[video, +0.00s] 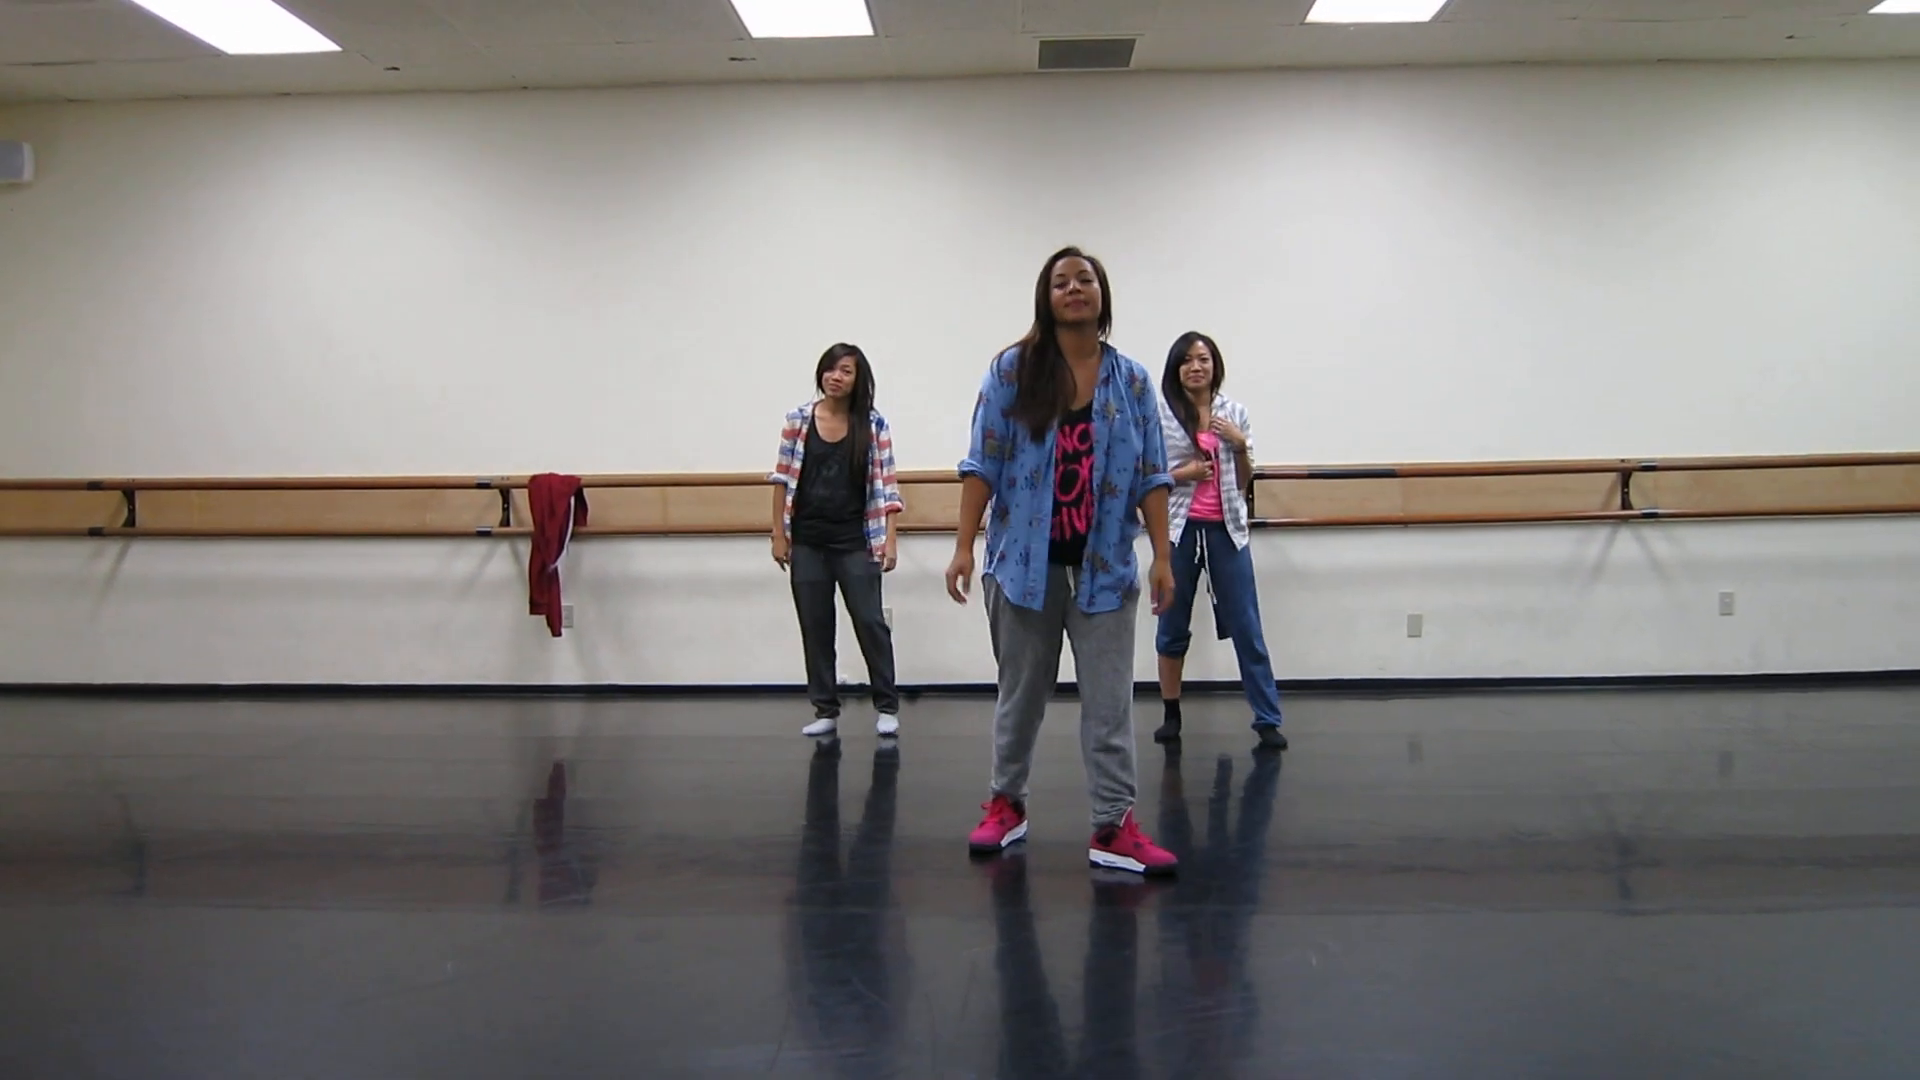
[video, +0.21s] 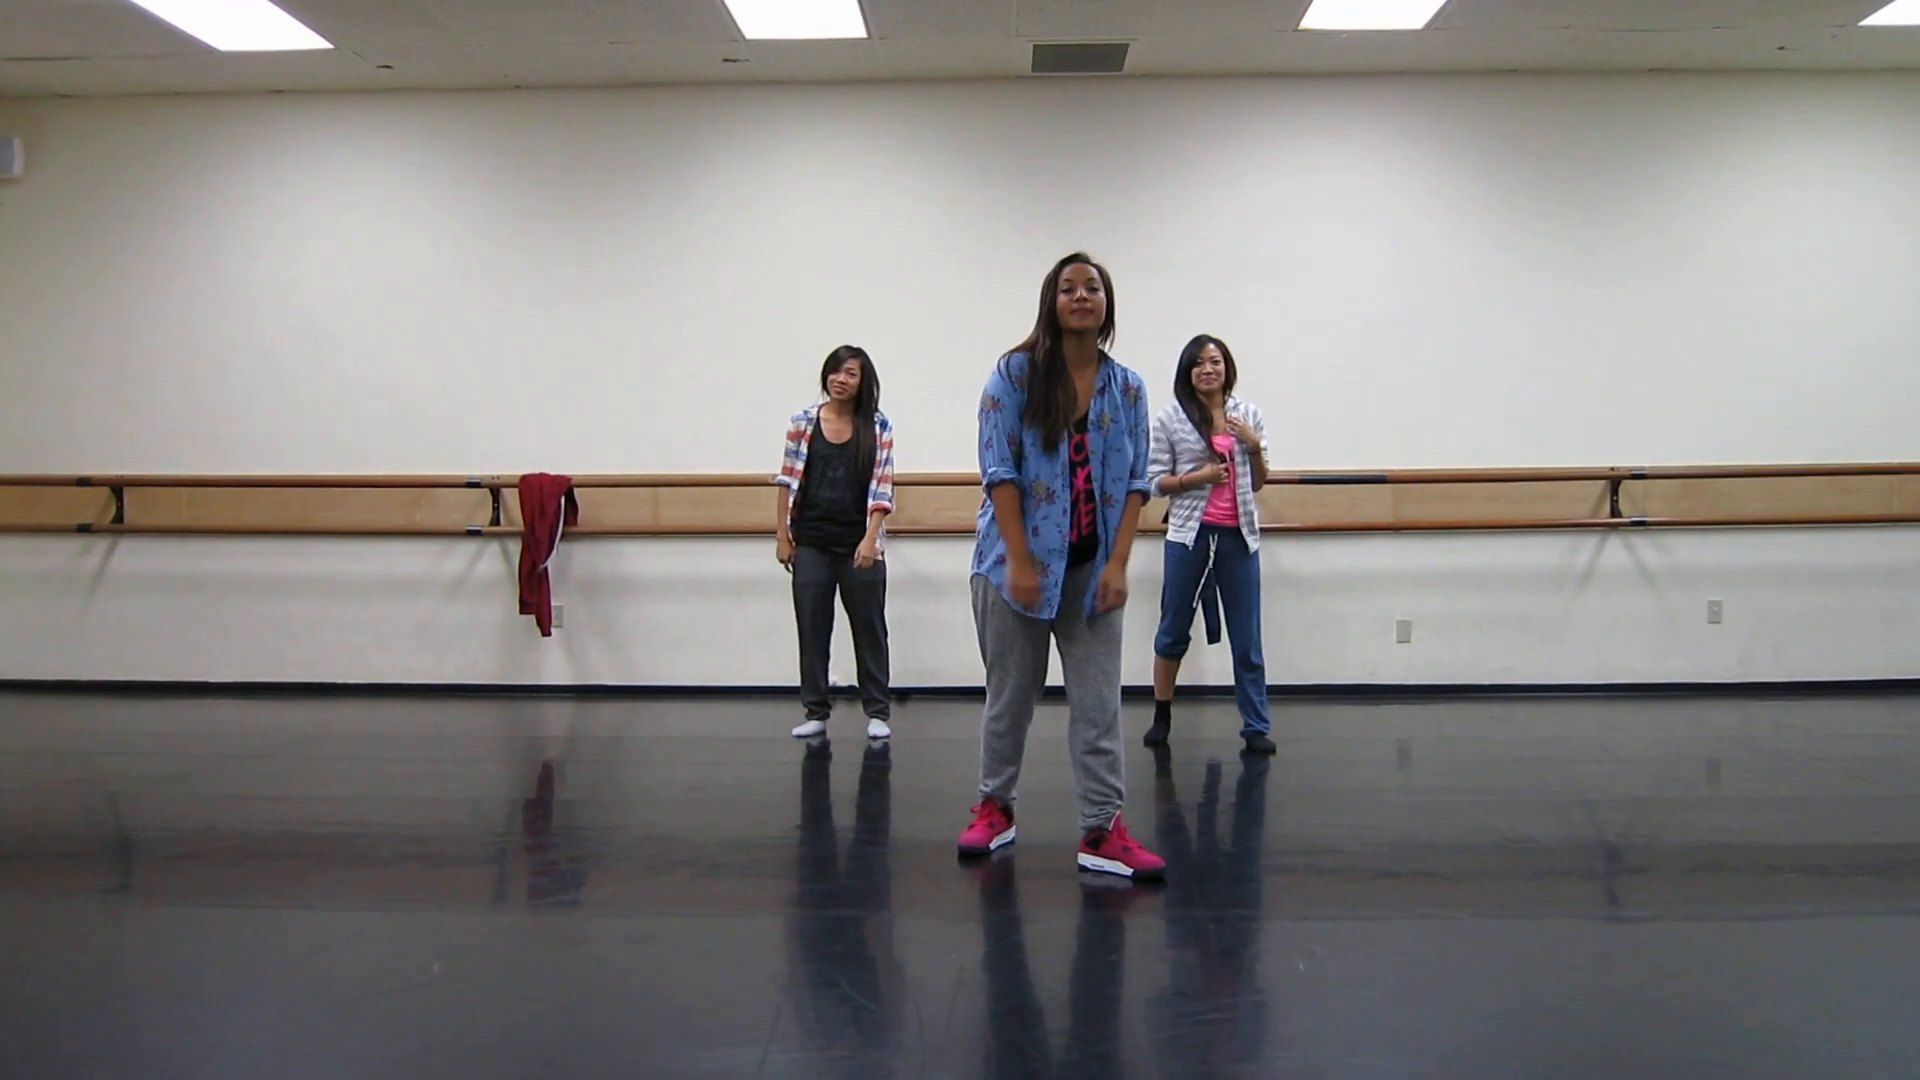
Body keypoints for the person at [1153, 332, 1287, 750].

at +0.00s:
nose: (1197, 366)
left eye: (1204, 359)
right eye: (1188, 360)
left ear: (1216, 366)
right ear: (1175, 369)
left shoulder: (1233, 413)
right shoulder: (1158, 415)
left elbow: (1242, 484)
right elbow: (1143, 478)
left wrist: (1240, 446)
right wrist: (1180, 473)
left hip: (1226, 531)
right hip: (1178, 530)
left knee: (1247, 628)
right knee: (1172, 625)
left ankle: (1267, 721)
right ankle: (1171, 716)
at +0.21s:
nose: (1208, 368)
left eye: (1215, 361)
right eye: (1199, 363)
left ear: (1227, 369)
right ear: (1187, 373)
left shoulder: (1246, 416)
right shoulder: (1169, 419)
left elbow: (1258, 483)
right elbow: (1157, 482)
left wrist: (1254, 446)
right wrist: (1198, 476)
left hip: (1238, 536)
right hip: (1189, 535)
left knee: (1248, 641)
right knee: (1173, 632)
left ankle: (1256, 729)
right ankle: (1161, 718)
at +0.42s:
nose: (1225, 371)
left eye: (1232, 364)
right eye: (1217, 365)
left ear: (1244, 370)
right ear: (1204, 374)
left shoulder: (1264, 415)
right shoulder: (1187, 421)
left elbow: (1276, 484)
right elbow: (1173, 483)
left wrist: (1272, 449)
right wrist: (1215, 479)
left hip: (1253, 538)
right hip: (1203, 536)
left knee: (1255, 645)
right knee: (1183, 631)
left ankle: (1254, 734)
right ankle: (1163, 717)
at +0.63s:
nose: (1240, 376)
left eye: (1248, 369)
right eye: (1232, 370)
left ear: (1260, 375)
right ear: (1219, 379)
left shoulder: (1279, 420)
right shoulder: (1201, 424)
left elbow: (1291, 487)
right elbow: (1186, 488)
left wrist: (1285, 454)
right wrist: (1227, 484)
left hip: (1265, 541)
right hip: (1214, 539)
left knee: (1259, 646)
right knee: (1193, 636)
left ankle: (1253, 738)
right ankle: (1179, 721)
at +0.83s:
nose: (1250, 378)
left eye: (1257, 370)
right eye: (1241, 371)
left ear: (1270, 377)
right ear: (1229, 380)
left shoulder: (1287, 423)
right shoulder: (1208, 427)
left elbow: (1294, 491)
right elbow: (1192, 488)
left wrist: (1302, 461)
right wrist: (1231, 486)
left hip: (1269, 544)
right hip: (1219, 540)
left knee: (1261, 650)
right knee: (1206, 642)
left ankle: (1252, 740)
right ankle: (1198, 728)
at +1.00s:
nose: (1254, 378)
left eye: (1262, 371)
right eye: (1244, 371)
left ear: (1274, 377)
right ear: (1232, 379)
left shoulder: (1290, 423)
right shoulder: (1211, 426)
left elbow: (1295, 490)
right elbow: (1194, 487)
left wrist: (1308, 461)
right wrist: (1232, 487)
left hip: (1270, 543)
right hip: (1221, 539)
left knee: (1263, 650)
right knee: (1212, 642)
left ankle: (1253, 739)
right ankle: (1205, 729)